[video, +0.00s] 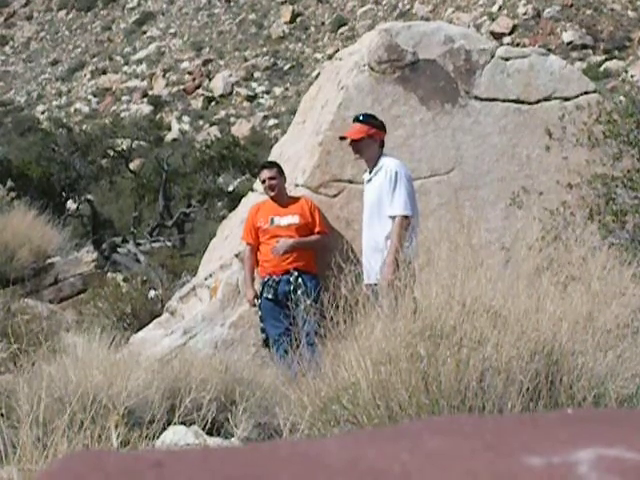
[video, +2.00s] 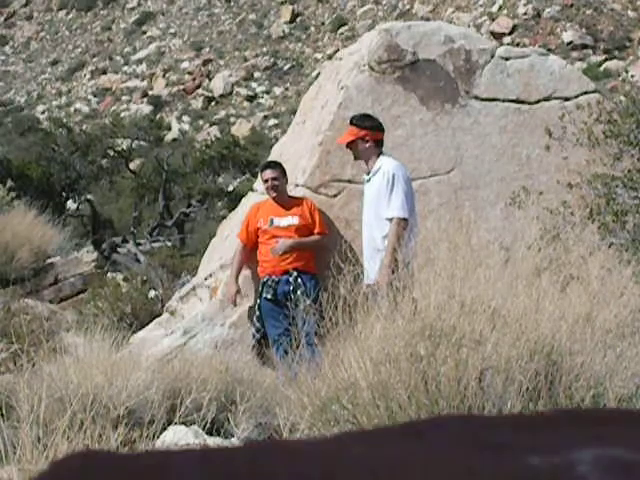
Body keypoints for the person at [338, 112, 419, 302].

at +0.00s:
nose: (352, 147)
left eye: (357, 140)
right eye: (351, 141)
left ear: (376, 138)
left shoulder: (394, 169)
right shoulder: (369, 177)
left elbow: (402, 218)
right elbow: (372, 227)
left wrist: (391, 264)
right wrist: (368, 275)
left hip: (390, 274)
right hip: (373, 275)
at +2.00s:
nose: (349, 147)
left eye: (353, 142)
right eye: (349, 142)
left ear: (368, 141)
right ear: (366, 142)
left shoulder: (393, 171)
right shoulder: (371, 176)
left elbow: (399, 222)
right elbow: (375, 226)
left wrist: (386, 270)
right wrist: (370, 274)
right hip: (373, 277)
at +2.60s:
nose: (349, 147)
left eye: (352, 142)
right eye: (349, 143)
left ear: (367, 141)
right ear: (366, 142)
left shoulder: (392, 171)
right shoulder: (372, 175)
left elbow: (398, 223)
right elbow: (378, 226)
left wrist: (385, 273)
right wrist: (373, 273)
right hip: (375, 277)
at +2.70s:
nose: (349, 147)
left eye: (352, 142)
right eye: (349, 142)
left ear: (368, 141)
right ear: (367, 141)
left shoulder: (392, 171)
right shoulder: (374, 175)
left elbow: (398, 224)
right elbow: (378, 226)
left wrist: (384, 272)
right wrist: (373, 273)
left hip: (391, 278)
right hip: (376, 276)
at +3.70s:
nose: (359, 145)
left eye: (364, 138)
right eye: (356, 139)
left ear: (381, 135)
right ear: (354, 142)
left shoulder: (395, 170)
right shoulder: (375, 176)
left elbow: (398, 222)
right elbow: (379, 226)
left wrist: (385, 274)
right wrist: (375, 274)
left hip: (395, 274)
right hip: (379, 274)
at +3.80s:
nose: (357, 146)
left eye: (362, 139)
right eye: (355, 140)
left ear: (380, 136)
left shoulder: (395, 170)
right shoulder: (374, 175)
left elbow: (399, 221)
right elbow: (378, 225)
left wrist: (385, 272)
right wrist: (373, 271)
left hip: (396, 273)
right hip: (379, 272)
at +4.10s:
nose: (353, 148)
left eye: (356, 143)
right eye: (353, 143)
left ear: (370, 141)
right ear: (369, 142)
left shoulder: (396, 169)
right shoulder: (379, 172)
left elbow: (401, 221)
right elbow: (381, 222)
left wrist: (382, 265)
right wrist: (371, 259)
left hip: (402, 265)